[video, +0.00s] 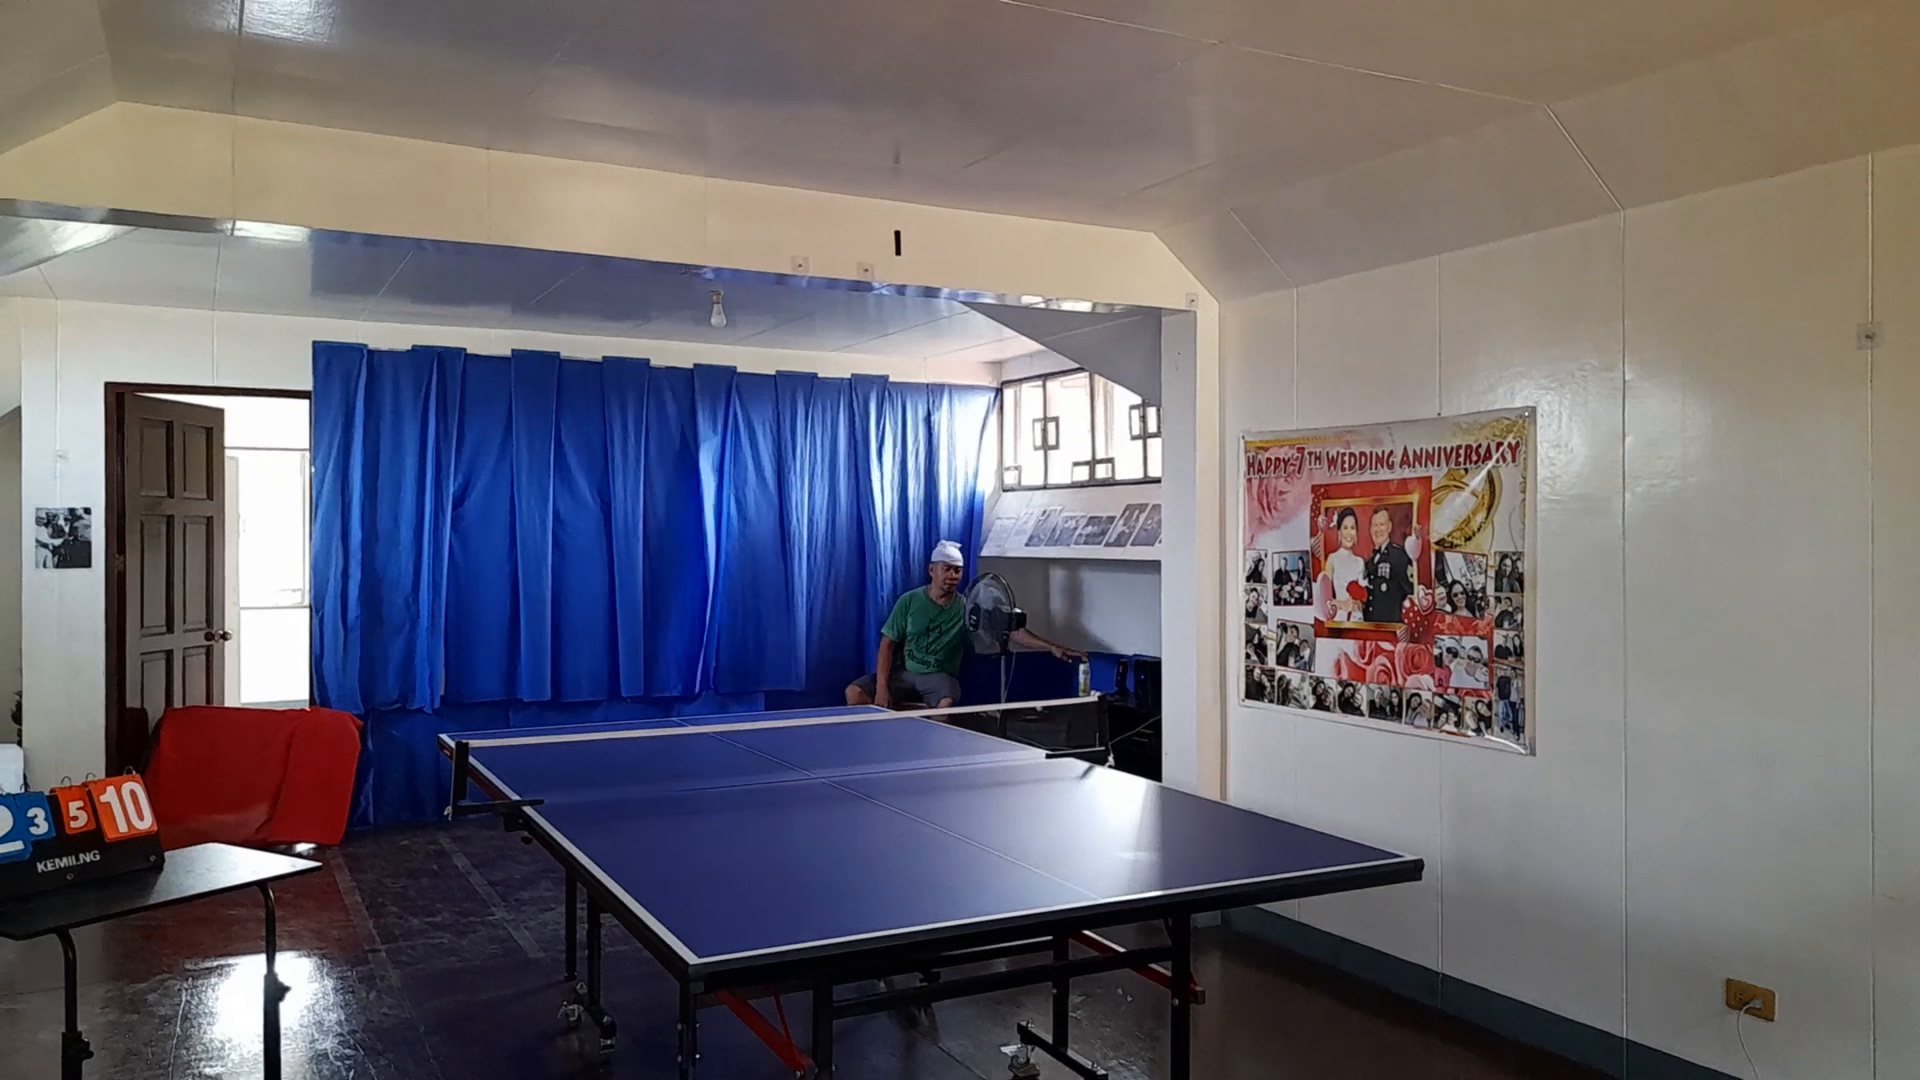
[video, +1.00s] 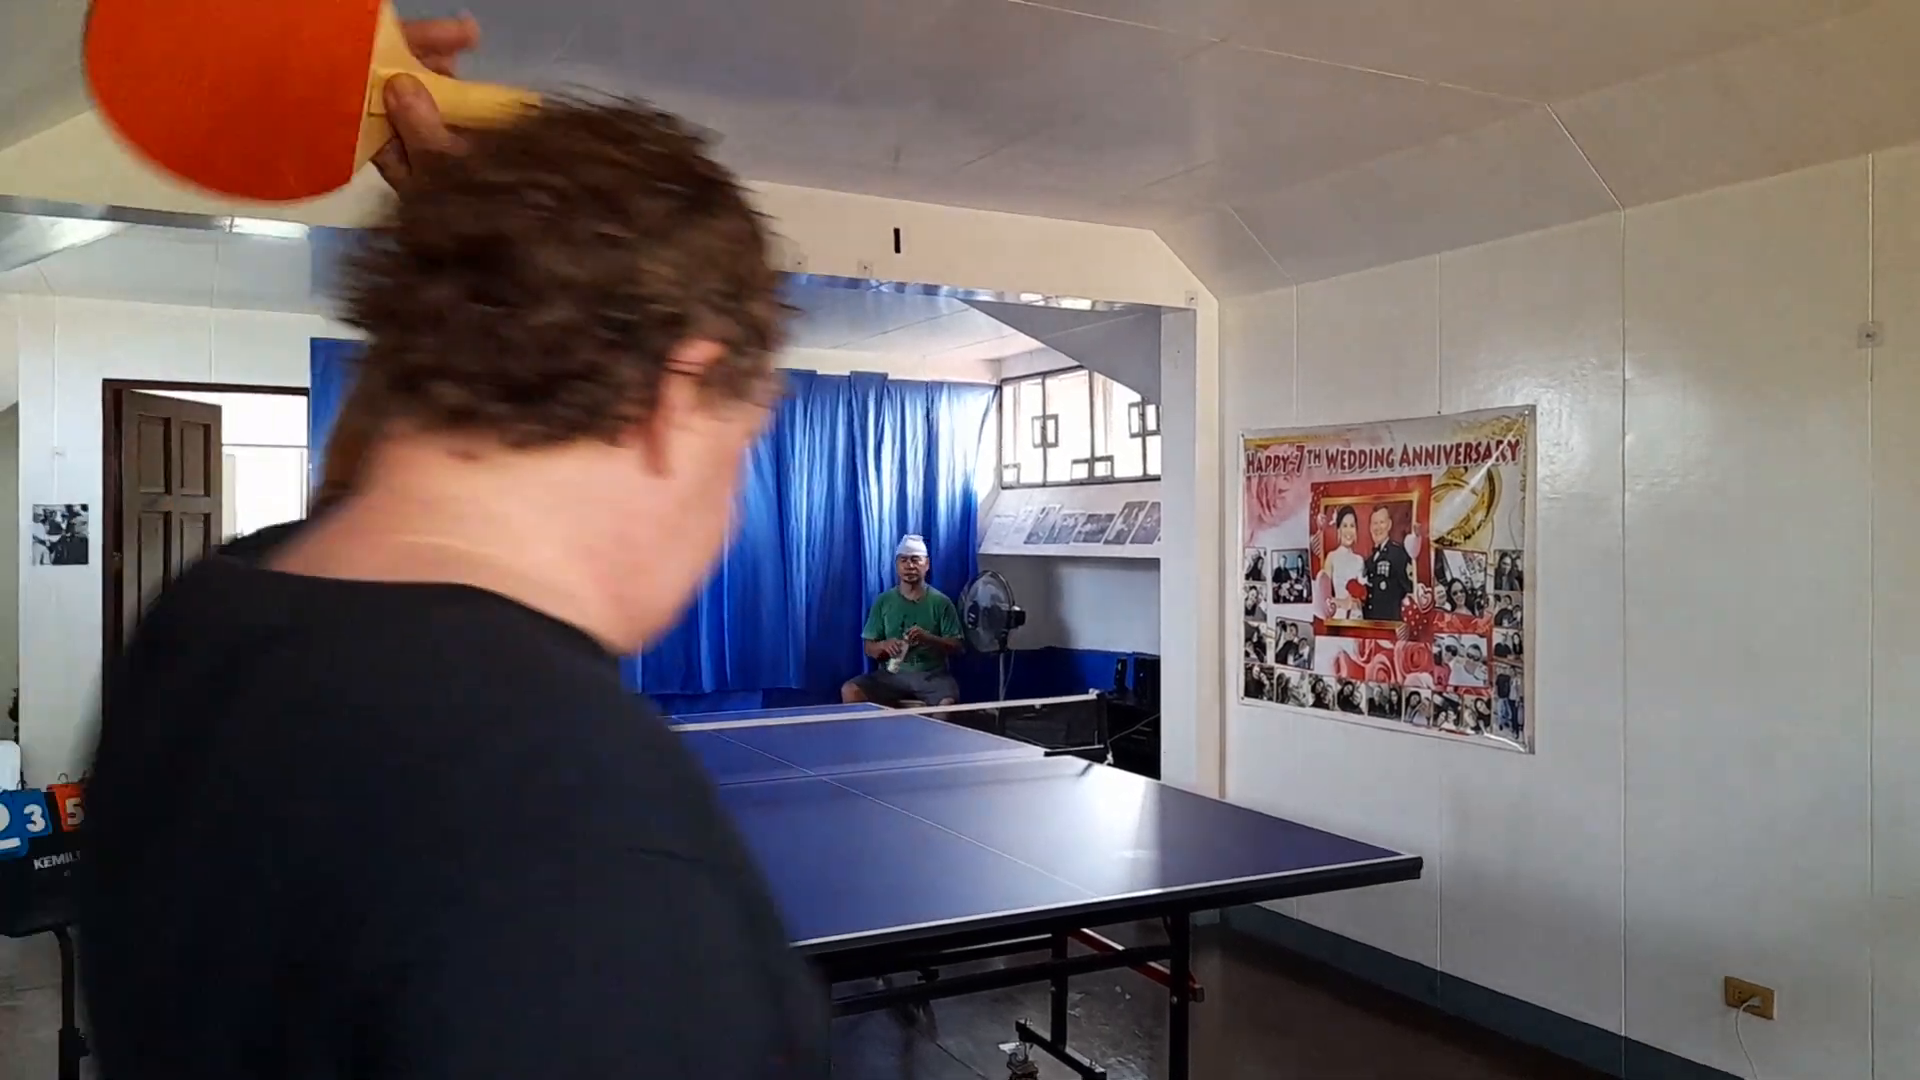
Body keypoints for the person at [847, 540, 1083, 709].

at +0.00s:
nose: (952, 576)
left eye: (957, 571)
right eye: (947, 569)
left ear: (962, 574)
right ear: (932, 570)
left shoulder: (966, 609)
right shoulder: (909, 601)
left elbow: (1011, 631)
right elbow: (887, 645)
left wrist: (1053, 648)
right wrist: (881, 689)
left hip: (939, 678)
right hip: (904, 673)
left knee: (947, 705)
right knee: (854, 692)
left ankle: (923, 748)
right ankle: (881, 743)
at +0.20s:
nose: (947, 573)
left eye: (952, 567)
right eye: (942, 566)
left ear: (957, 571)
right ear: (927, 567)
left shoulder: (963, 606)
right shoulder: (905, 598)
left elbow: (1002, 633)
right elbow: (883, 641)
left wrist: (1044, 648)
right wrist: (881, 686)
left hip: (936, 674)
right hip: (900, 670)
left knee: (946, 701)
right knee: (853, 688)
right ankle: (877, 738)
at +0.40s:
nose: (941, 573)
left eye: (946, 567)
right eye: (935, 567)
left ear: (951, 570)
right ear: (921, 569)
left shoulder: (959, 607)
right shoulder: (900, 602)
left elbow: (980, 643)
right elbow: (882, 647)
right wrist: (885, 692)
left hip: (938, 677)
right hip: (901, 673)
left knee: (949, 704)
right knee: (855, 692)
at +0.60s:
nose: (936, 571)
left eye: (940, 565)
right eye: (929, 565)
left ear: (945, 569)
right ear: (916, 569)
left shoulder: (955, 608)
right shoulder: (897, 603)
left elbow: (965, 652)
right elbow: (880, 650)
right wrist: (894, 681)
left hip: (939, 676)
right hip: (902, 673)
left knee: (952, 707)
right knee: (857, 693)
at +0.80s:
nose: (921, 566)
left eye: (926, 561)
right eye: (915, 560)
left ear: (933, 567)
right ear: (904, 565)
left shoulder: (946, 605)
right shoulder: (887, 601)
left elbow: (958, 649)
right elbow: (875, 649)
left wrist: (939, 647)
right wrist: (898, 652)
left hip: (932, 676)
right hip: (892, 674)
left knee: (948, 705)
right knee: (851, 691)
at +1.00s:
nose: (909, 565)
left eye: (915, 560)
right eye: (903, 560)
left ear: (927, 565)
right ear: (896, 566)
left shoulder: (941, 603)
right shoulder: (883, 602)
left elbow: (957, 645)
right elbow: (869, 648)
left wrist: (927, 639)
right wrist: (883, 646)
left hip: (931, 676)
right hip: (891, 675)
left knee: (947, 704)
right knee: (850, 691)